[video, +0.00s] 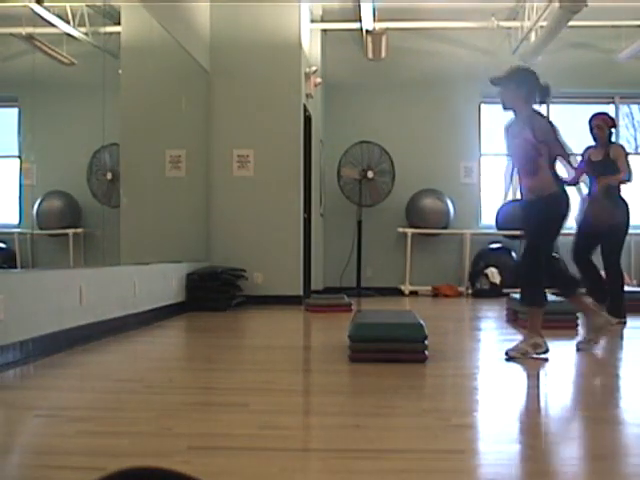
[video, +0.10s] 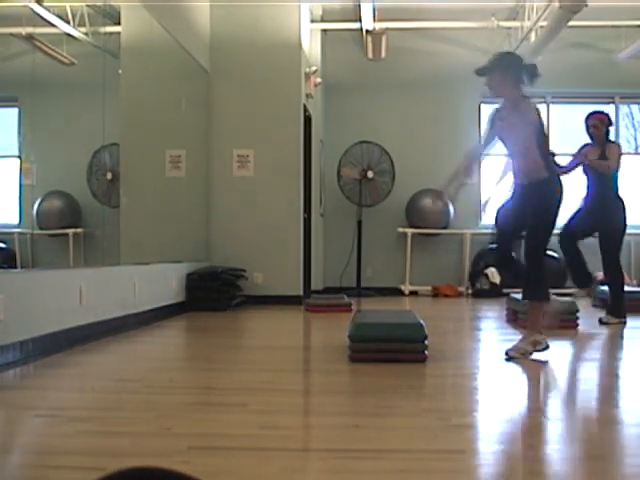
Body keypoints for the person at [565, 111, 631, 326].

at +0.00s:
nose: (597, 131)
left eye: (601, 127)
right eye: (594, 128)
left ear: (609, 128)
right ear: (591, 130)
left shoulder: (617, 149)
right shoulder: (589, 153)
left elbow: (626, 175)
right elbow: (575, 178)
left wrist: (605, 180)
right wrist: (561, 180)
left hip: (614, 207)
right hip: (593, 207)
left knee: (611, 259)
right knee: (580, 254)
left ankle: (616, 311)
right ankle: (602, 297)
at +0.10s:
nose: (593, 130)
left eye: (597, 126)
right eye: (590, 127)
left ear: (607, 127)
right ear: (587, 130)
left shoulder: (613, 148)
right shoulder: (586, 150)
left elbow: (609, 168)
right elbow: (565, 170)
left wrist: (588, 161)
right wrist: (548, 164)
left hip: (611, 209)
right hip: (589, 208)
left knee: (611, 259)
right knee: (566, 237)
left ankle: (617, 312)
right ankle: (584, 283)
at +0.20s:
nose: (586, 130)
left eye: (590, 127)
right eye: (583, 128)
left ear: (600, 128)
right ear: (580, 131)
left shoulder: (608, 148)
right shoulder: (580, 149)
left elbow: (604, 162)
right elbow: (558, 164)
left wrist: (579, 152)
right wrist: (545, 156)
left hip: (607, 210)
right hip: (585, 208)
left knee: (609, 259)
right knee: (559, 230)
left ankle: (617, 312)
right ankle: (562, 282)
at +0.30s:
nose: (578, 130)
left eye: (582, 126)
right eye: (574, 128)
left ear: (591, 127)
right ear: (571, 130)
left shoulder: (598, 145)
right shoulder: (570, 149)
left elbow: (598, 159)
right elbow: (547, 162)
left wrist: (569, 150)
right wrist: (538, 153)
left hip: (601, 207)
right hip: (579, 207)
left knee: (603, 257)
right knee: (556, 236)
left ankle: (615, 311)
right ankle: (553, 288)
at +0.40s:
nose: (568, 125)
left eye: (571, 120)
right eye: (564, 122)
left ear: (579, 121)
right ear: (561, 124)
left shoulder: (589, 140)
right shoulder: (560, 145)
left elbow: (597, 158)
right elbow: (542, 160)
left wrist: (574, 166)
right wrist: (532, 161)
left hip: (593, 201)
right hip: (571, 200)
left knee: (593, 251)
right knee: (553, 235)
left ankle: (610, 305)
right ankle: (552, 288)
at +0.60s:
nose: (553, 112)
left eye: (557, 107)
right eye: (551, 108)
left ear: (567, 108)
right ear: (549, 111)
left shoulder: (585, 130)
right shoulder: (549, 136)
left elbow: (611, 152)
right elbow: (544, 159)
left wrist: (603, 179)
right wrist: (542, 181)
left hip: (587, 188)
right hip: (564, 188)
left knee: (568, 229)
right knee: (556, 236)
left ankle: (576, 282)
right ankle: (553, 287)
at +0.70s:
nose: (552, 115)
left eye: (556, 111)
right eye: (549, 111)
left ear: (567, 111)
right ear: (546, 113)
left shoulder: (585, 128)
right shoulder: (547, 136)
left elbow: (607, 144)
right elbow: (549, 161)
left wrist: (606, 171)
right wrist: (548, 182)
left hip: (586, 186)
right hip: (562, 188)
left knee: (566, 229)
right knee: (556, 233)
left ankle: (557, 284)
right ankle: (552, 284)